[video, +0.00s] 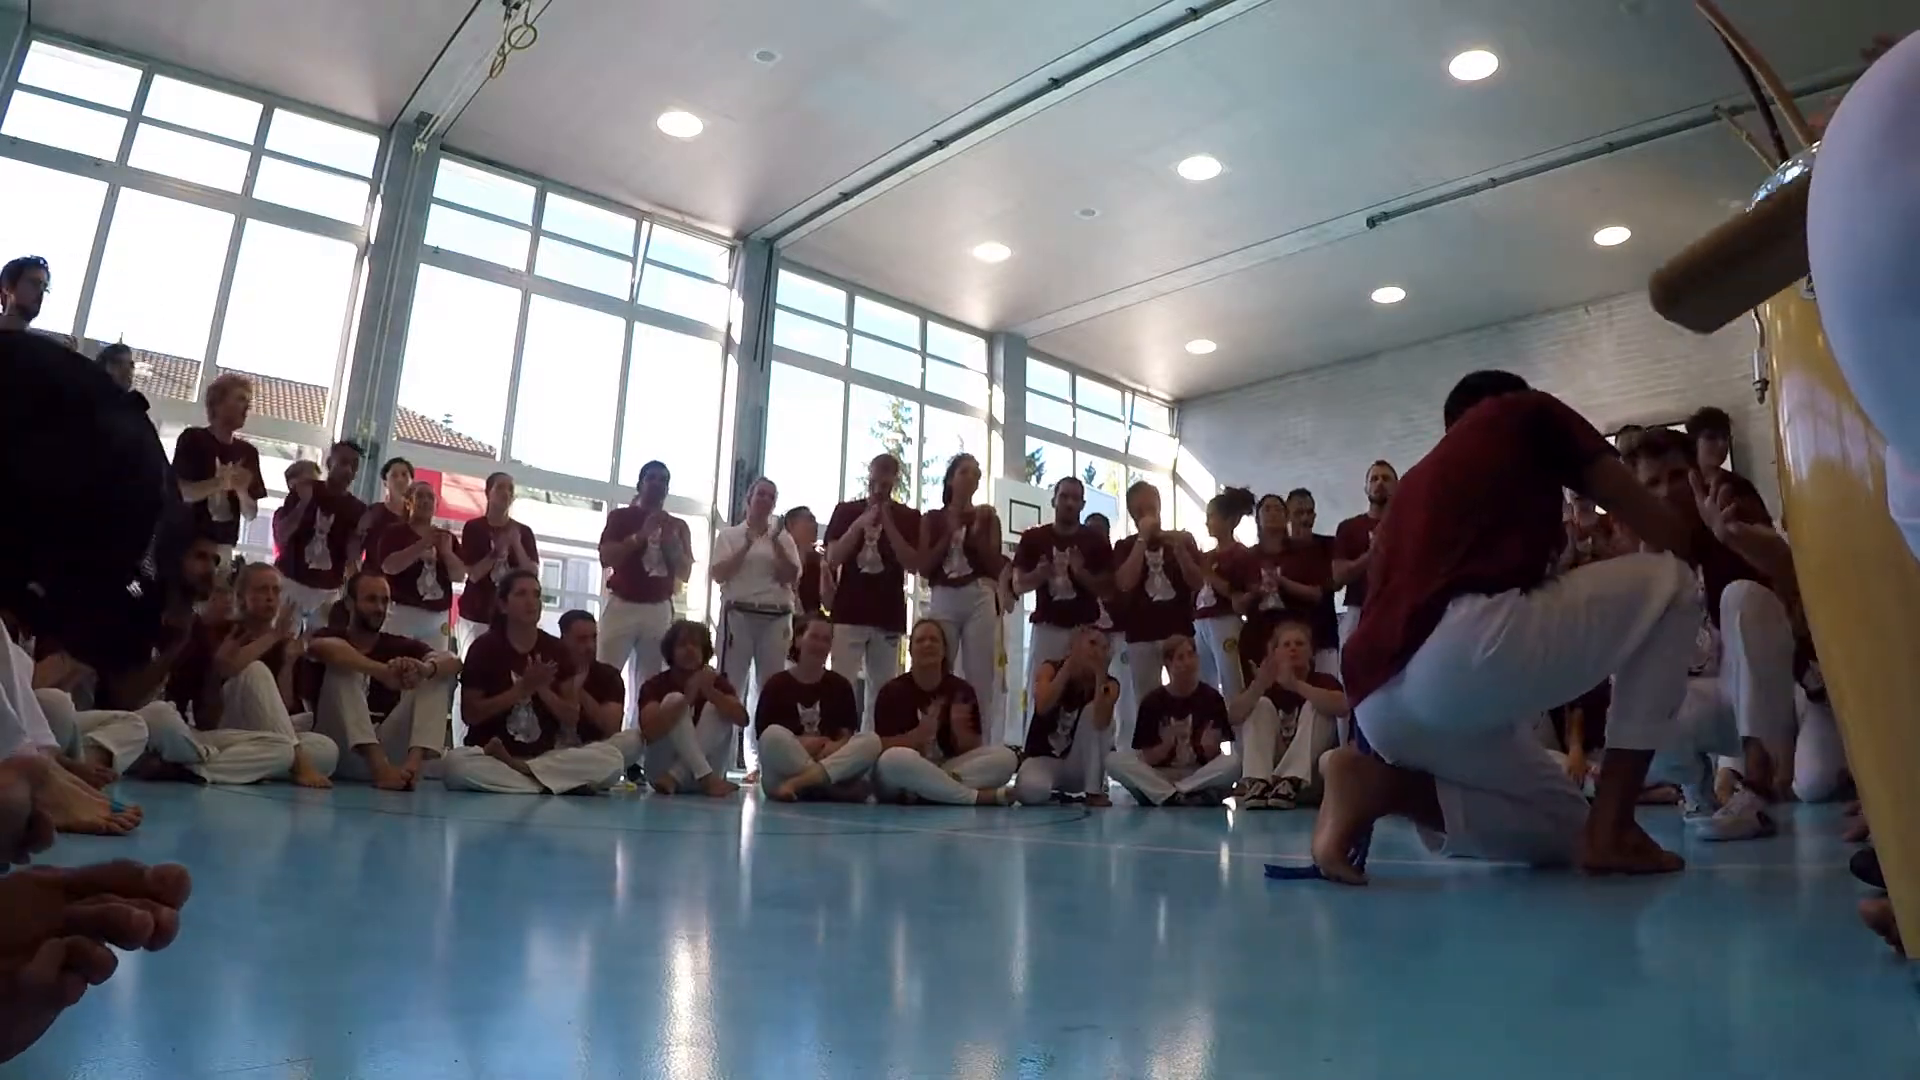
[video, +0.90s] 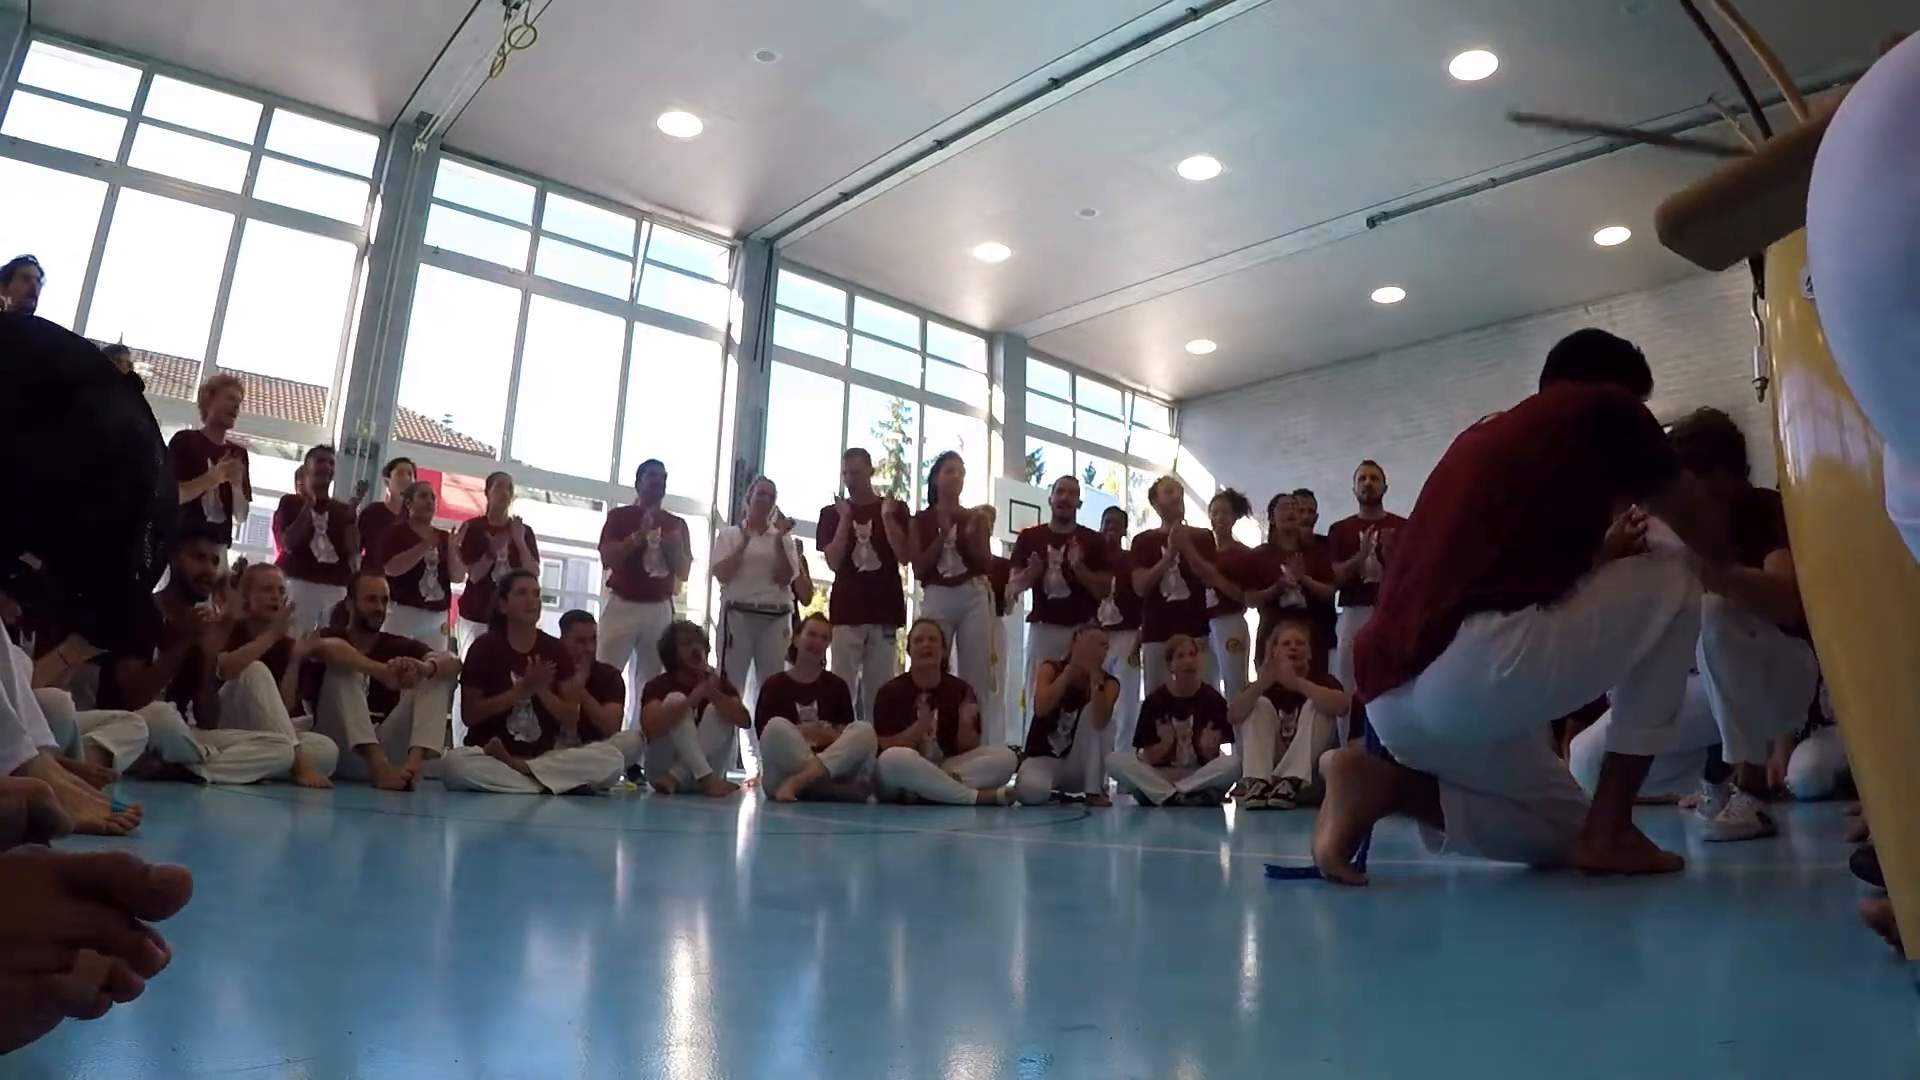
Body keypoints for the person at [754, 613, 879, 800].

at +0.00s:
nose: (820, 645)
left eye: (826, 640)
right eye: (814, 637)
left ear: (831, 646)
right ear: (797, 640)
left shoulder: (840, 685)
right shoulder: (777, 683)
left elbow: (846, 736)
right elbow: (764, 736)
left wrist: (833, 748)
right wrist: (806, 744)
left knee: (872, 742)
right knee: (772, 736)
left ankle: (796, 784)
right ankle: (835, 789)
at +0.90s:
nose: (817, 642)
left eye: (824, 638)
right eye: (811, 635)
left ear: (829, 645)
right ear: (796, 639)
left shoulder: (837, 685)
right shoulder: (774, 684)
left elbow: (848, 733)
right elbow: (764, 736)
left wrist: (826, 736)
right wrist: (801, 731)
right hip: (783, 776)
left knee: (865, 732)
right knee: (776, 728)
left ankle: (796, 784)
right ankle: (836, 789)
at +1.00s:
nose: (817, 644)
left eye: (823, 640)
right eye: (811, 636)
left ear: (828, 646)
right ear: (796, 639)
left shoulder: (836, 685)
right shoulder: (774, 683)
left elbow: (848, 731)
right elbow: (764, 733)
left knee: (863, 729)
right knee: (778, 723)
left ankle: (795, 784)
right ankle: (837, 788)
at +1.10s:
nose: (817, 644)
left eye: (823, 641)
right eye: (811, 637)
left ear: (828, 647)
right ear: (796, 639)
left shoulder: (835, 683)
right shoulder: (774, 682)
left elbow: (842, 733)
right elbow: (769, 733)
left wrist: (834, 710)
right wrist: (802, 713)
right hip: (784, 775)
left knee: (861, 725)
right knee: (780, 719)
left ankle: (795, 783)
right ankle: (835, 787)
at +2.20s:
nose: (823, 645)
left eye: (830, 640)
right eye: (817, 637)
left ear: (835, 646)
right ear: (801, 638)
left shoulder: (841, 680)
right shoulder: (782, 678)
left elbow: (854, 723)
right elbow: (778, 730)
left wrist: (833, 683)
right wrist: (816, 693)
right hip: (785, 776)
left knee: (866, 729)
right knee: (765, 722)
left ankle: (797, 784)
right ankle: (832, 785)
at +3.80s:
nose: (817, 646)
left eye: (819, 639)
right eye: (809, 642)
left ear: (822, 640)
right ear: (790, 647)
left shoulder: (833, 673)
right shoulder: (776, 681)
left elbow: (847, 705)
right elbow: (803, 732)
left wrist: (826, 663)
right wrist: (805, 680)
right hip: (787, 778)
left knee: (854, 720)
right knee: (769, 717)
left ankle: (794, 784)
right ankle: (829, 785)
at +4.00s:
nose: (812, 650)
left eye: (814, 646)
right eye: (806, 646)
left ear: (817, 646)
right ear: (784, 648)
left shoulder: (823, 672)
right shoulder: (771, 678)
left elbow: (846, 698)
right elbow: (797, 715)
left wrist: (829, 646)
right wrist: (789, 661)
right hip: (785, 778)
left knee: (854, 717)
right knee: (768, 719)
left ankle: (801, 784)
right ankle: (829, 785)